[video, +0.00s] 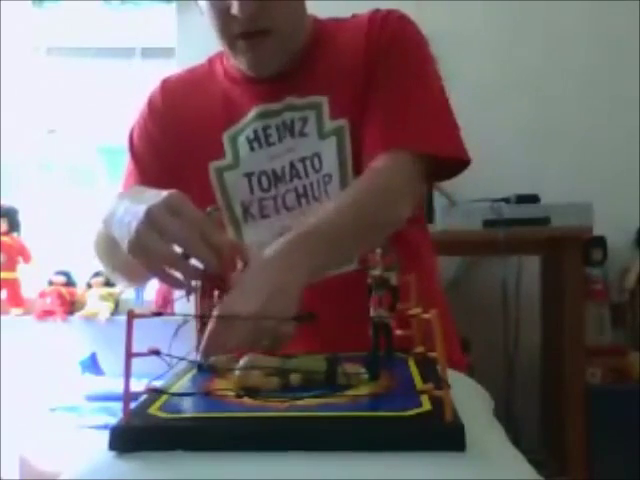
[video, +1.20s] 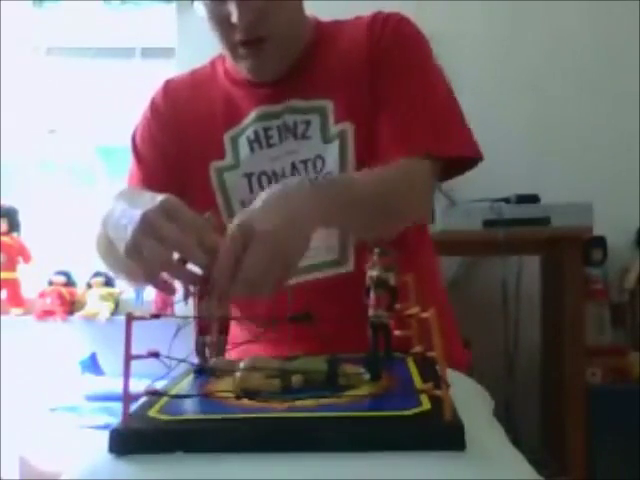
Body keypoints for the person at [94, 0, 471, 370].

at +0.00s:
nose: (239, 11)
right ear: (203, 7)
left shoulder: (381, 42)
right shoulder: (172, 106)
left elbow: (399, 182)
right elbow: (127, 269)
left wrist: (285, 265)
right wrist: (124, 214)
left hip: (399, 380)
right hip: (243, 398)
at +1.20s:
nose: (237, 17)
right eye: (217, 1)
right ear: (200, 7)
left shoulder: (382, 45)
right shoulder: (176, 106)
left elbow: (411, 193)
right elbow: (134, 261)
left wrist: (303, 206)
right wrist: (122, 217)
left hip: (403, 366)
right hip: (257, 377)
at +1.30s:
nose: (236, 17)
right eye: (215, 1)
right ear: (198, 8)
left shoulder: (382, 46)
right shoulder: (174, 107)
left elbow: (436, 197)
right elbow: (131, 263)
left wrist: (337, 177)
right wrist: (124, 221)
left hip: (403, 366)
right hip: (255, 379)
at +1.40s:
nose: (234, 16)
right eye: (213, 2)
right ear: (197, 8)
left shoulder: (381, 47)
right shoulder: (172, 109)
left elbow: (460, 201)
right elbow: (128, 268)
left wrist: (370, 152)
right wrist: (125, 225)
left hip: (403, 365)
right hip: (255, 378)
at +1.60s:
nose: (237, 14)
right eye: (214, 1)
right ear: (190, 9)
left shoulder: (383, 49)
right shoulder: (169, 110)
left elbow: (497, 184)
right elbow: (136, 282)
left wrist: (443, 145)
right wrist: (108, 243)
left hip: (410, 368)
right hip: (256, 384)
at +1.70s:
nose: (240, 14)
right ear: (192, 7)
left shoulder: (386, 49)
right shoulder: (170, 113)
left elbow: (491, 153)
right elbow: (144, 289)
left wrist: (462, 182)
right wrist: (103, 251)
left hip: (411, 367)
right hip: (254, 384)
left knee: (503, 473)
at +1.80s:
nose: (249, 12)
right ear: (201, 8)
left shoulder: (393, 50)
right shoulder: (179, 114)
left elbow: (484, 159)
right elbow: (149, 282)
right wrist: (90, 260)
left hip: (417, 370)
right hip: (268, 391)